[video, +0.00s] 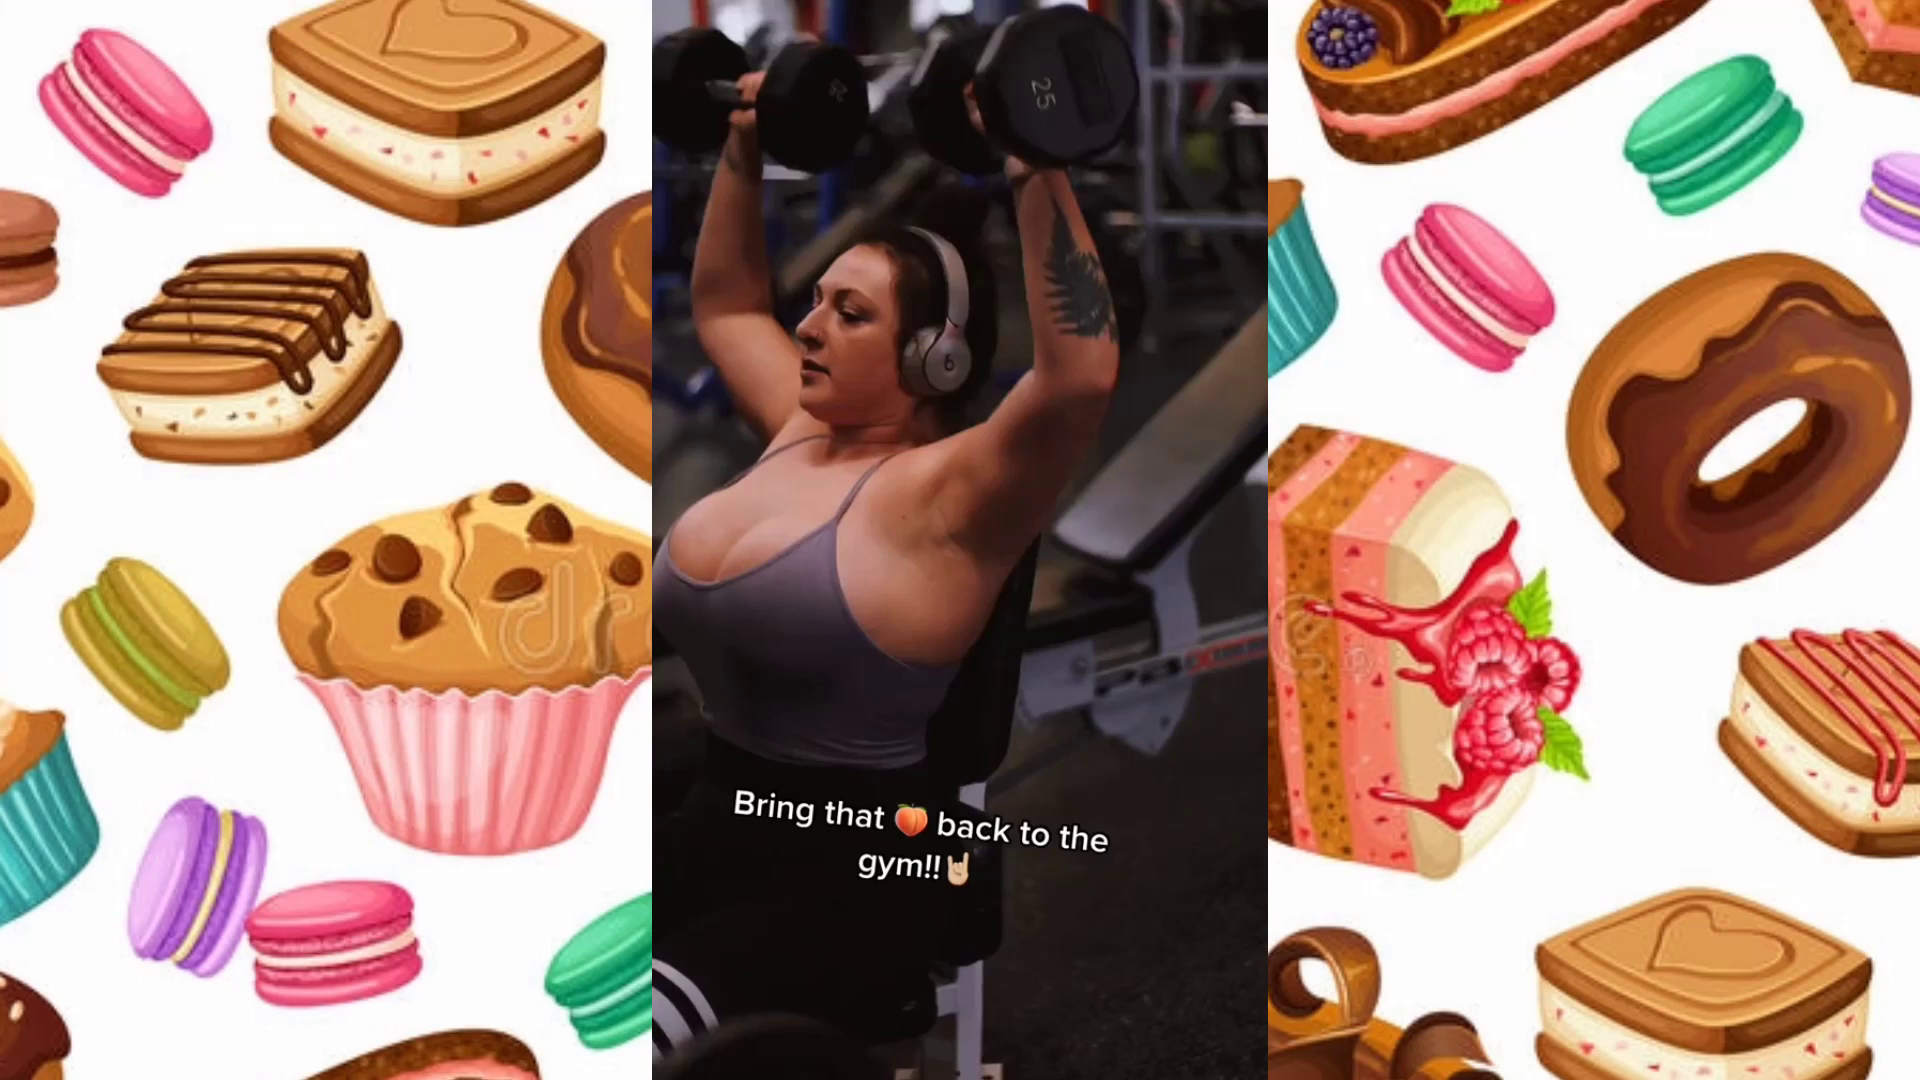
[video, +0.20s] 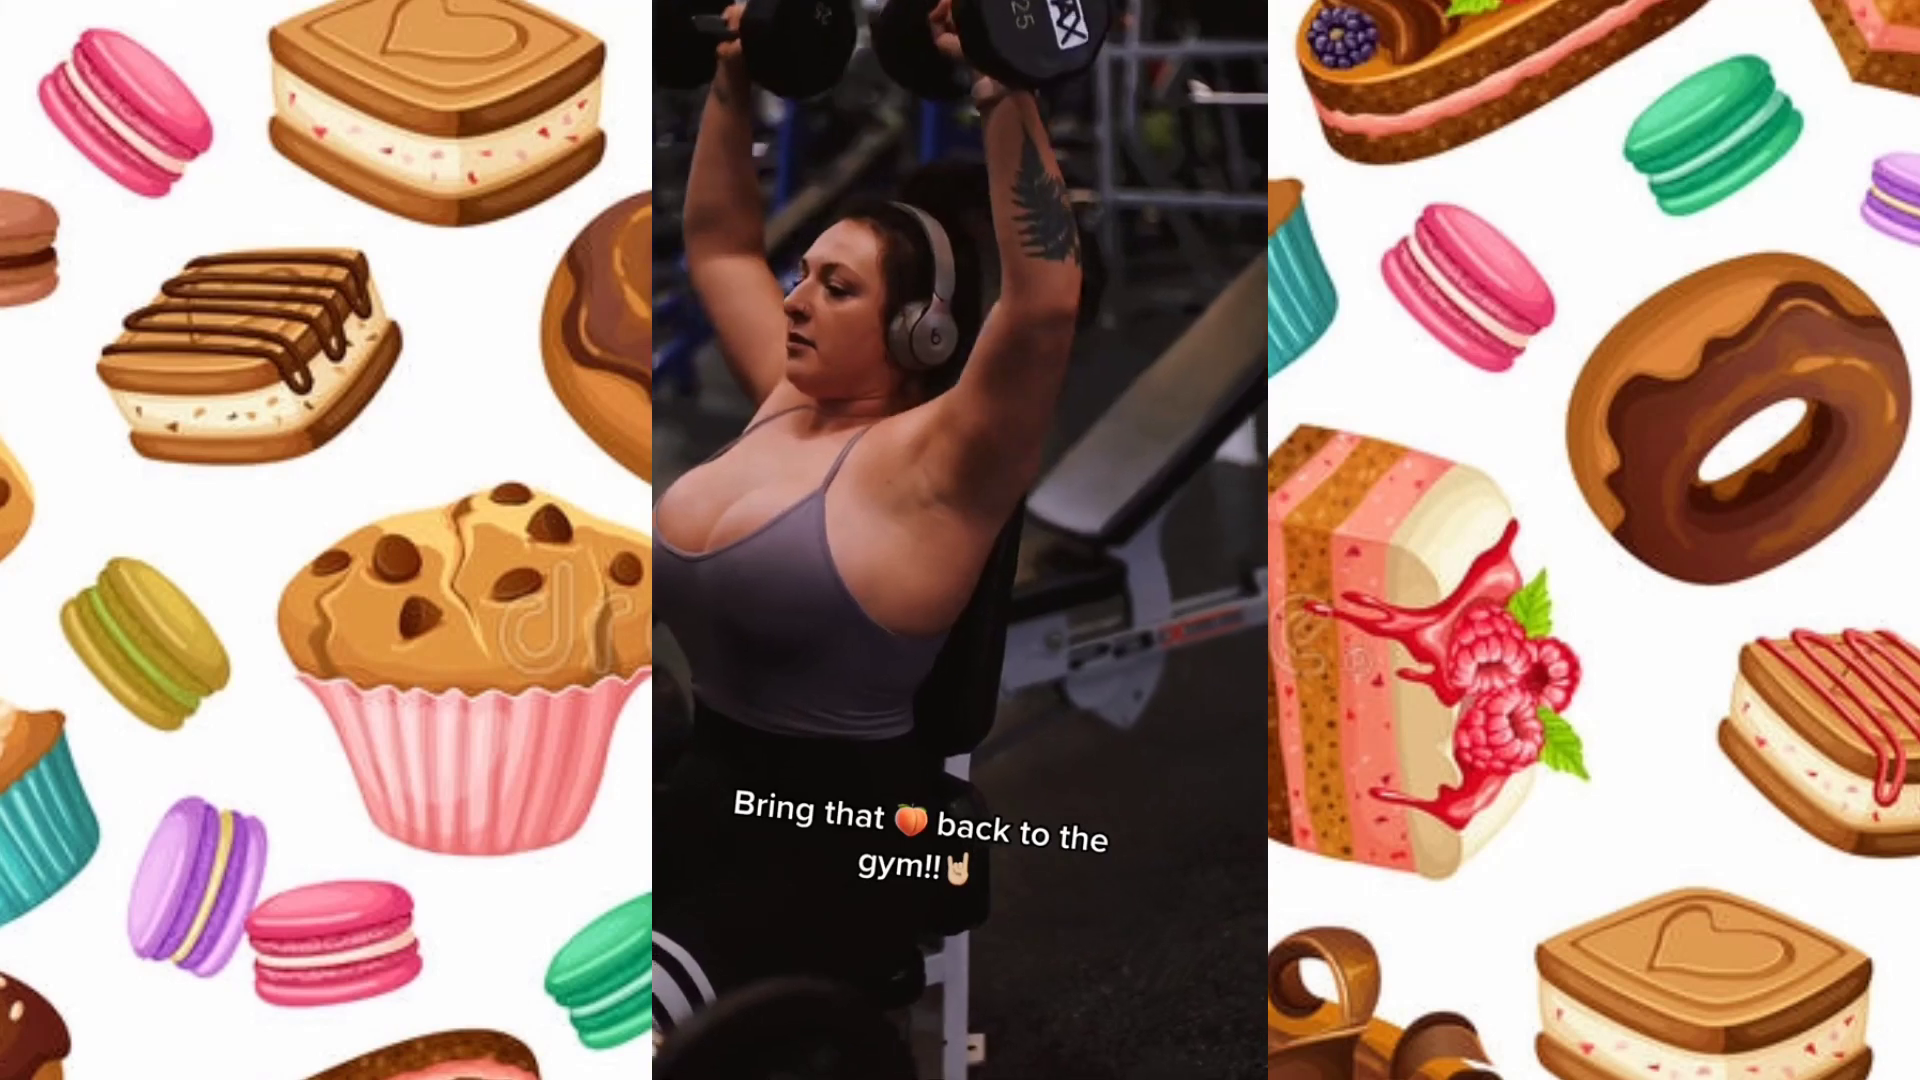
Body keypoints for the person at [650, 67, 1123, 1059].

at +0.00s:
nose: (811, 325)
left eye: (849, 311)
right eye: (818, 302)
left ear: (928, 355)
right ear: (806, 310)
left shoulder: (952, 497)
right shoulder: (801, 430)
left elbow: (1078, 377)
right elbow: (729, 306)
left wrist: (1033, 162)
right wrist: (742, 153)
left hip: (855, 875)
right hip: (725, 832)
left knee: (599, 1020)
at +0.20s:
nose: (798, 305)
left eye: (837, 288)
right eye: (804, 280)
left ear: (913, 329)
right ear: (791, 296)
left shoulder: (939, 465)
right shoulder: (790, 399)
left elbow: (1043, 303)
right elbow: (722, 244)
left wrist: (1005, 89)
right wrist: (731, 84)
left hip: (833, 857)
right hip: (707, 805)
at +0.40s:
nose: (779, 327)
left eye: (816, 313)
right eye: (782, 304)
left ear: (886, 350)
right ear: (771, 318)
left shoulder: (922, 469)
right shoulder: (765, 422)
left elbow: (950, 276)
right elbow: (719, 225)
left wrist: (936, 62)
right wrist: (718, 49)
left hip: (820, 866)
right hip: (692, 830)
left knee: (820, 1068)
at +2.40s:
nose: (843, 340)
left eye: (880, 323)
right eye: (840, 320)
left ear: (950, 359)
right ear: (825, 337)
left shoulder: (987, 493)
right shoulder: (802, 457)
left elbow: (1176, 533)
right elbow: (694, 449)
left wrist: (1148, 346)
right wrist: (707, 316)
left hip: (909, 840)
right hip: (762, 817)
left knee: (742, 1031)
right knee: (562, 919)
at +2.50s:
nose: (843, 337)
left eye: (879, 320)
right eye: (839, 316)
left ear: (948, 356)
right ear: (824, 335)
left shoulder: (985, 490)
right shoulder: (804, 456)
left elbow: (1172, 558)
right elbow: (692, 472)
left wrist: (1151, 381)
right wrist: (701, 347)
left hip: (903, 831)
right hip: (759, 811)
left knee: (741, 1023)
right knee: (559, 907)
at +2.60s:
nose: (846, 305)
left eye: (880, 288)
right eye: (841, 283)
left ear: (947, 322)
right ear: (826, 303)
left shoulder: (986, 459)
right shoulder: (803, 427)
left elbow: (1171, 544)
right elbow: (692, 458)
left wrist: (1147, 366)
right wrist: (699, 334)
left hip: (907, 786)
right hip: (763, 768)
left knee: (755, 969)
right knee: (571, 848)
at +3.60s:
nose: (883, 404)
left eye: (914, 390)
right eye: (878, 388)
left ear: (971, 419)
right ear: (864, 410)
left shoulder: (1004, 524)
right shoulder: (839, 493)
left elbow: (1045, 358)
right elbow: (779, 341)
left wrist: (1014, 191)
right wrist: (780, 183)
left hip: (943, 851)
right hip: (804, 834)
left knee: (811, 1025)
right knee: (606, 947)